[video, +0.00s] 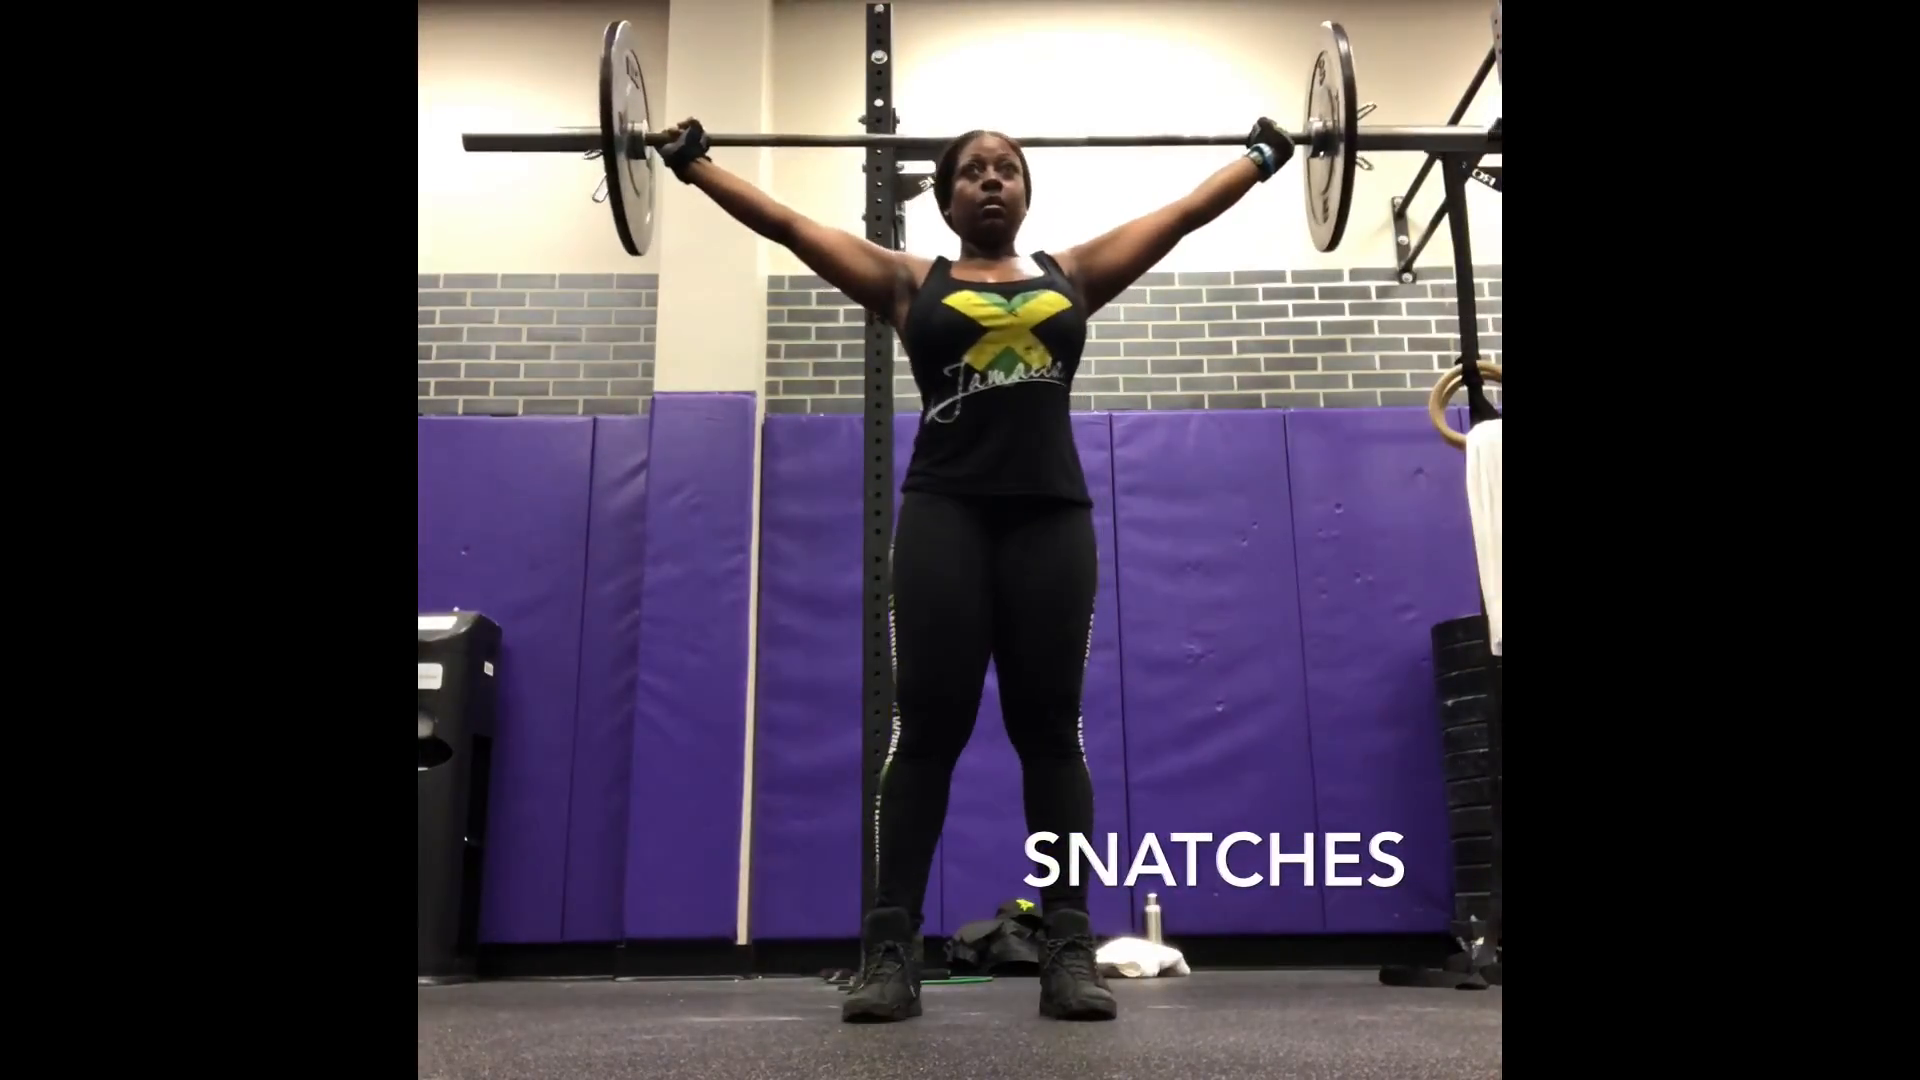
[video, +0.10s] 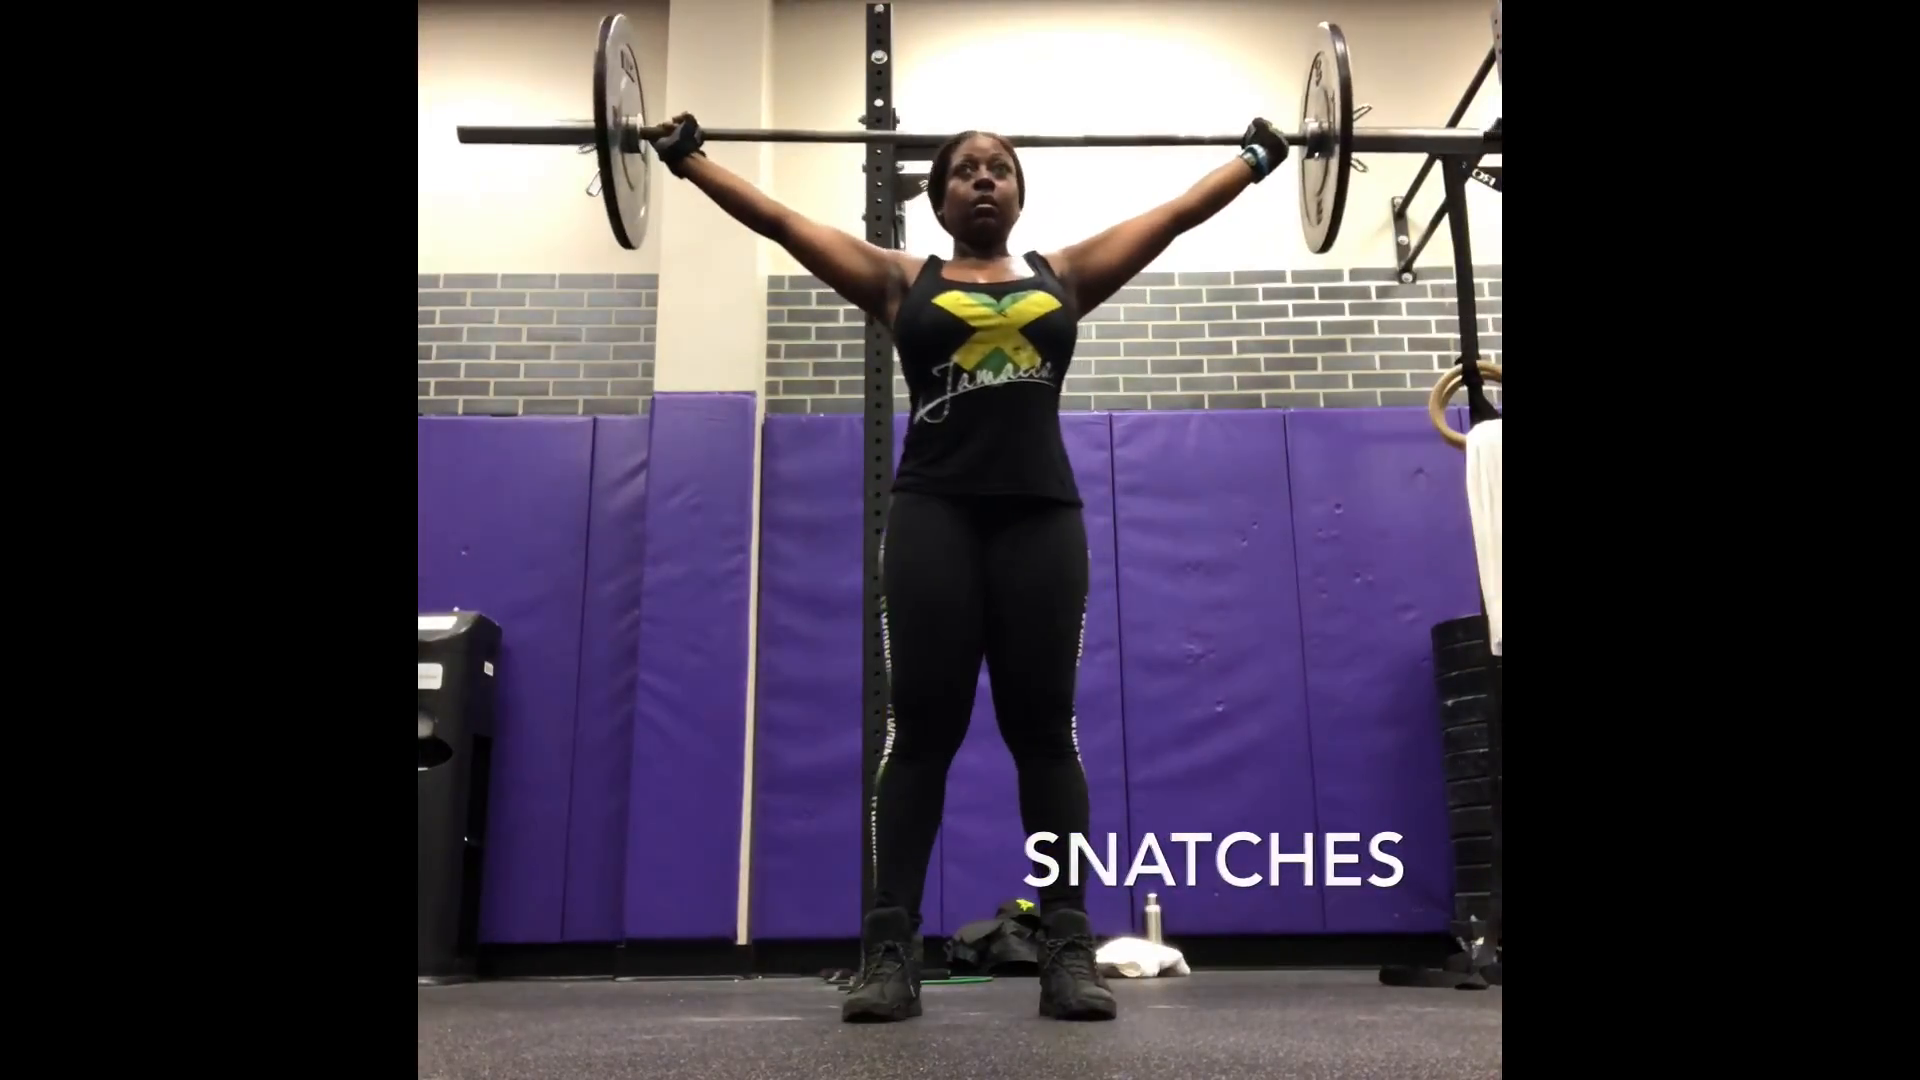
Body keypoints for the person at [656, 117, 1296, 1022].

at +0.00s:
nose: (992, 178)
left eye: (1007, 168)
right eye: (974, 170)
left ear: (1029, 194)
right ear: (945, 197)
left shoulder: (1068, 275)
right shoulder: (911, 279)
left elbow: (1181, 215)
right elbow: (790, 226)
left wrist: (1264, 155)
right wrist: (696, 166)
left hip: (1052, 520)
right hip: (944, 519)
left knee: (1050, 730)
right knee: (927, 731)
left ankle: (1068, 954)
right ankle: (890, 956)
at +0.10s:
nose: (985, 178)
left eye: (999, 169)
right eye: (967, 170)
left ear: (1022, 197)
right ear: (938, 198)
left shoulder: (1060, 277)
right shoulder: (903, 280)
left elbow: (1172, 216)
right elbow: (781, 223)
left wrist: (1259, 156)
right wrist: (690, 161)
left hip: (1041, 522)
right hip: (933, 522)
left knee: (1044, 733)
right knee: (921, 736)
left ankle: (1068, 955)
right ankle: (889, 957)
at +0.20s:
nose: (979, 178)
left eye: (994, 171)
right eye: (961, 171)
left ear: (1015, 201)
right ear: (934, 203)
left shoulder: (1053, 275)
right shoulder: (894, 275)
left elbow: (1161, 211)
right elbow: (777, 211)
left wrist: (1251, 153)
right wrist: (685, 149)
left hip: (1033, 521)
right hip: (923, 521)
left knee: (1040, 733)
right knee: (914, 735)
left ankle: (1068, 955)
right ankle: (889, 958)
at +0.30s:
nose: (973, 186)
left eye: (989, 183)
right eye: (955, 183)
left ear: (1011, 219)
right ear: (929, 220)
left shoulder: (1049, 282)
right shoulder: (889, 279)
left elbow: (1160, 211)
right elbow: (770, 212)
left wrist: (1244, 149)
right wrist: (685, 139)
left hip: (1027, 521)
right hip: (916, 523)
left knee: (1036, 731)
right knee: (910, 735)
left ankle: (1067, 953)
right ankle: (888, 956)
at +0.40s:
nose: (971, 200)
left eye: (987, 196)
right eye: (953, 197)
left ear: (1010, 235)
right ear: (926, 230)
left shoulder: (1043, 301)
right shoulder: (885, 294)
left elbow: (1167, 266)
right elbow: (763, 268)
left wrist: (1235, 167)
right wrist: (718, 160)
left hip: (1024, 521)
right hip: (912, 521)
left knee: (1034, 725)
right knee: (910, 730)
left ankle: (1067, 950)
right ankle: (889, 954)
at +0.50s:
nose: (972, 221)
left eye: (989, 218)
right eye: (954, 217)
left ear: (1008, 256)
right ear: (927, 250)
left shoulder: (1036, 319)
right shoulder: (885, 308)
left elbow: (1163, 314)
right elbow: (767, 296)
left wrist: (1189, 203)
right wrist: (774, 190)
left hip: (1021, 520)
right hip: (909, 521)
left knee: (1031, 725)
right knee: (910, 727)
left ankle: (1065, 950)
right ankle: (888, 952)